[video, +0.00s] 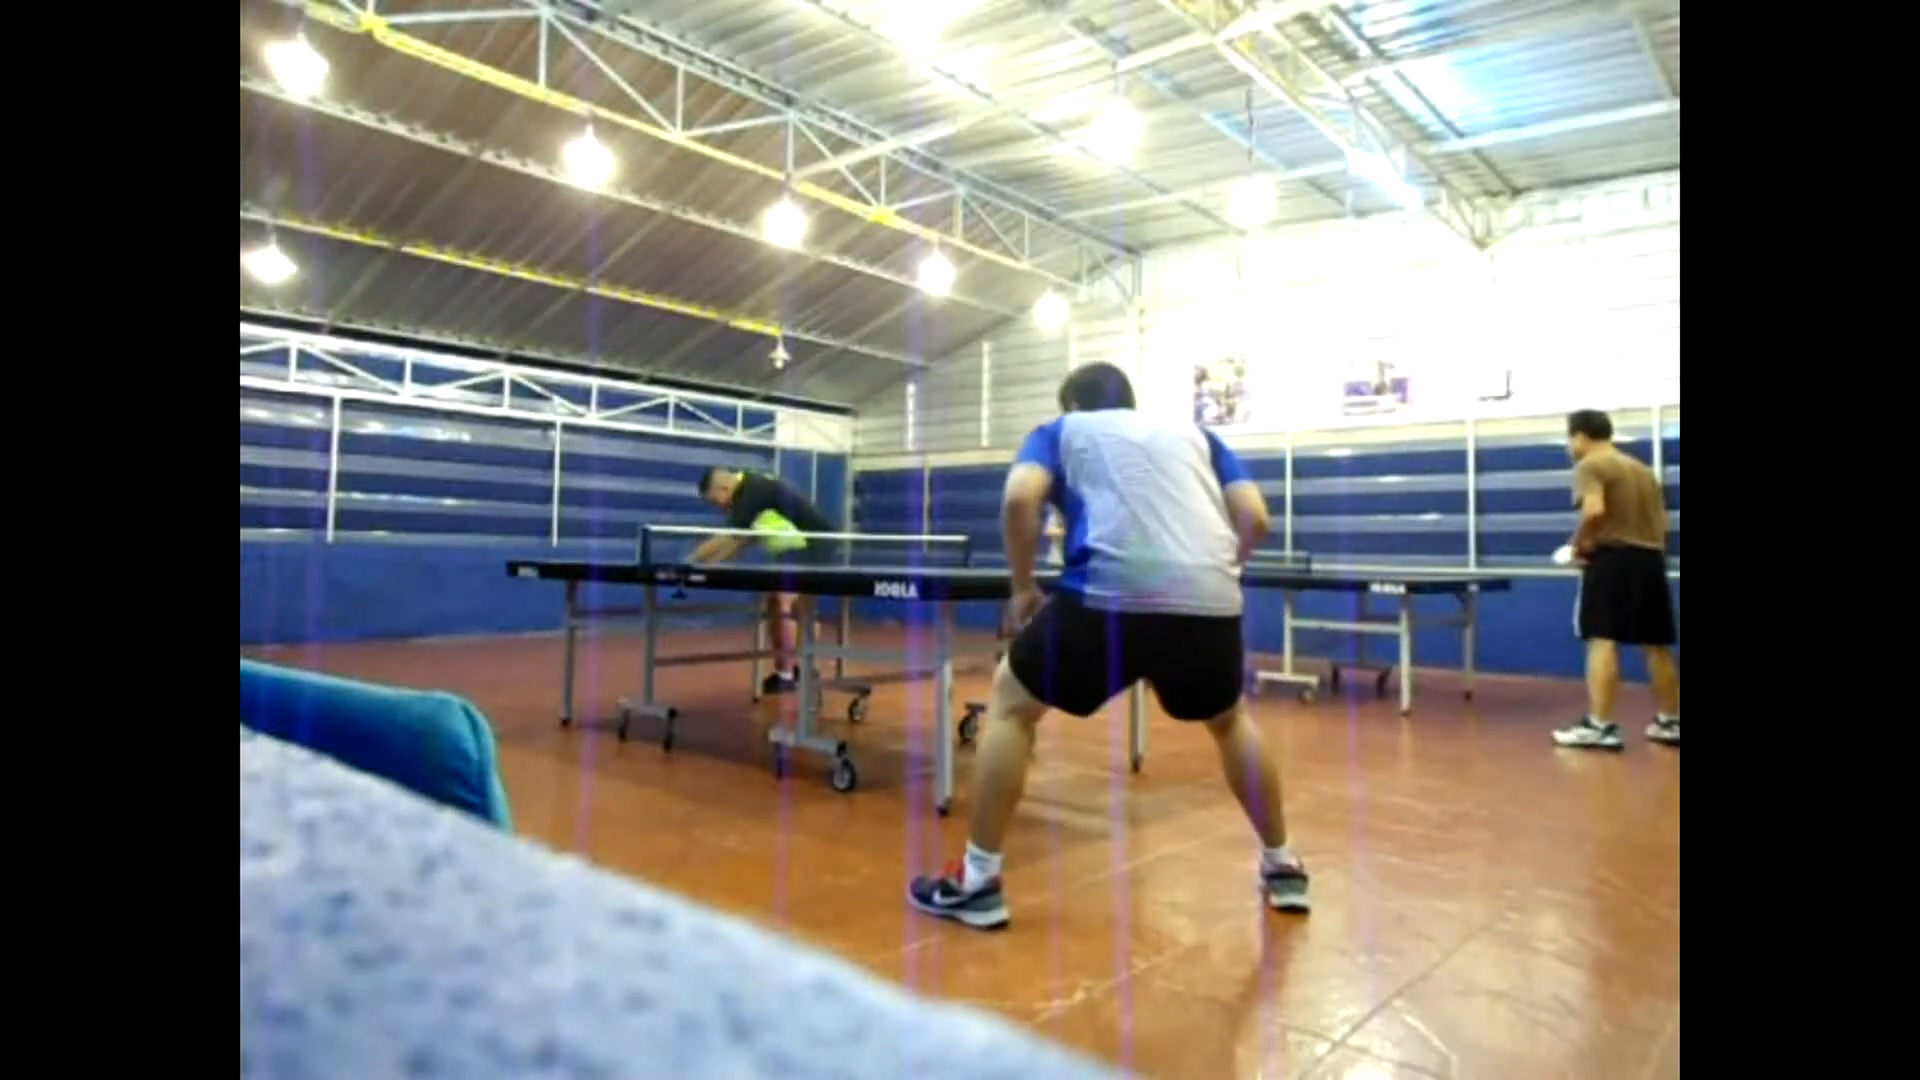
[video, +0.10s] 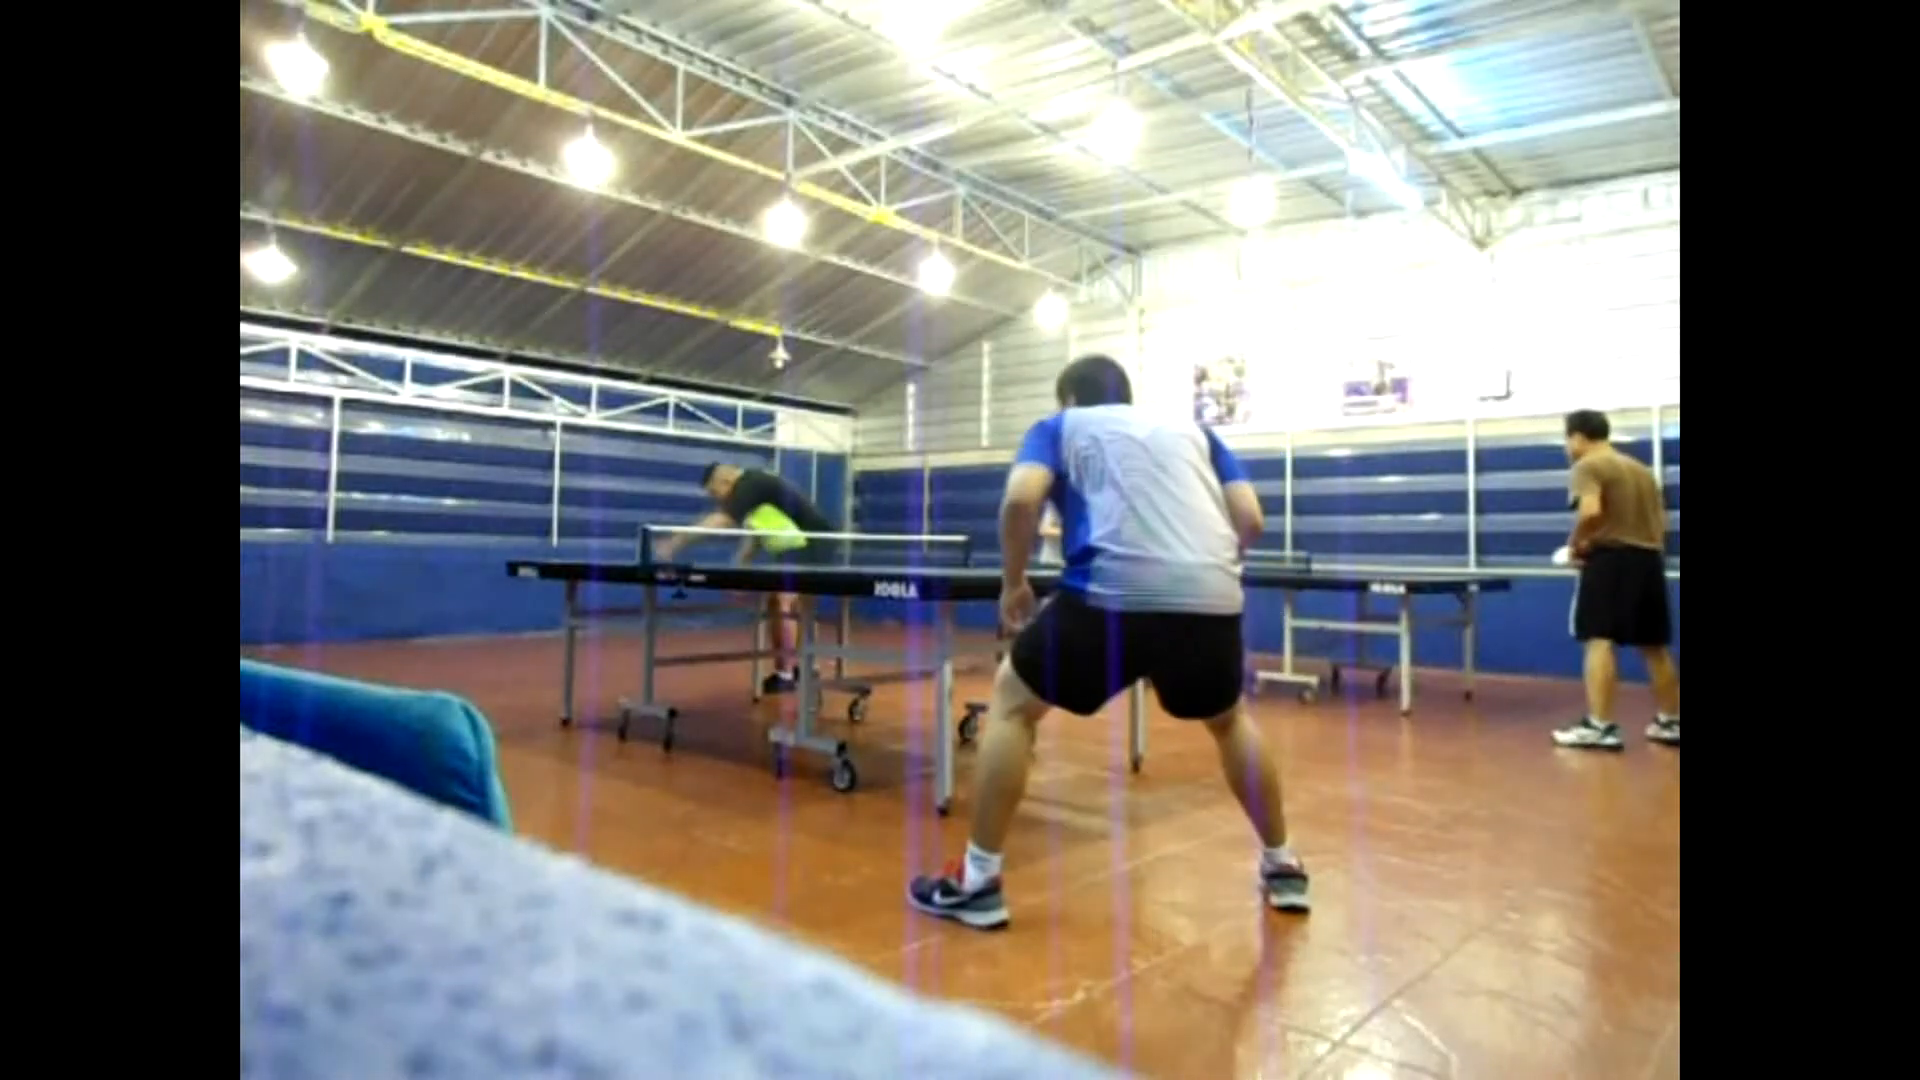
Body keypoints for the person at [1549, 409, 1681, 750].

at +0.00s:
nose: (1570, 446)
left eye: (1572, 438)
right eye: (1570, 439)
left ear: (1584, 437)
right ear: (1606, 435)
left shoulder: (1591, 465)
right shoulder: (1642, 469)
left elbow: (1594, 511)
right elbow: (1660, 521)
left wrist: (1579, 543)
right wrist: (1644, 544)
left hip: (1611, 553)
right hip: (1649, 555)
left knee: (1601, 640)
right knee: (1656, 644)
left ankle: (1599, 723)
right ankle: (1670, 718)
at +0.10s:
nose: (1567, 447)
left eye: (1569, 439)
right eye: (1567, 439)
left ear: (1582, 437)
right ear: (1603, 435)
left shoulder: (1588, 465)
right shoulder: (1641, 469)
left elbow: (1590, 511)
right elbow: (1659, 523)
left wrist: (1576, 543)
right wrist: (1643, 546)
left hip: (1608, 553)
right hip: (1647, 555)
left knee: (1598, 640)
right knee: (1654, 645)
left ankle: (1599, 723)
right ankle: (1671, 718)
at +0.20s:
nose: (1566, 448)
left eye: (1568, 440)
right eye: (1566, 440)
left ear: (1580, 438)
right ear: (1602, 435)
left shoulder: (1587, 466)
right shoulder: (1641, 470)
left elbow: (1590, 512)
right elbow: (1658, 523)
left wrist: (1575, 544)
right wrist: (1645, 547)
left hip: (1607, 554)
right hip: (1647, 556)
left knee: (1596, 640)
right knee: (1653, 644)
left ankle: (1599, 723)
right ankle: (1671, 718)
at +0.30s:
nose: (1567, 447)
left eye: (1568, 439)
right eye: (1566, 440)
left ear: (1580, 437)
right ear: (1602, 435)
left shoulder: (1587, 466)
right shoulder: (1641, 470)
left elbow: (1590, 513)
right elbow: (1658, 523)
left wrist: (1574, 544)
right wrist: (1644, 547)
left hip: (1607, 554)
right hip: (1646, 556)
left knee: (1595, 640)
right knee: (1651, 644)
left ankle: (1599, 723)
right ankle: (1671, 718)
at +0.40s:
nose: (1567, 447)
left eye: (1569, 439)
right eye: (1567, 439)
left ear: (1581, 437)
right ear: (1603, 435)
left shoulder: (1588, 466)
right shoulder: (1641, 470)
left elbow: (1590, 512)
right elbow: (1660, 523)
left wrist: (1575, 544)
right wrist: (1644, 547)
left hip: (1607, 554)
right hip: (1646, 555)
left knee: (1595, 641)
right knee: (1651, 644)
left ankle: (1599, 723)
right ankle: (1671, 718)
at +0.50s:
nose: (1569, 446)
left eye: (1571, 439)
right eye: (1569, 439)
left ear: (1583, 438)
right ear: (1604, 435)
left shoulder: (1591, 465)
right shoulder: (1640, 469)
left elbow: (1595, 511)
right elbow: (1660, 520)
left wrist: (1579, 545)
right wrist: (1643, 543)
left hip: (1611, 553)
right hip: (1650, 555)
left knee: (1592, 641)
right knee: (1652, 644)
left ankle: (1598, 723)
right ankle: (1670, 718)